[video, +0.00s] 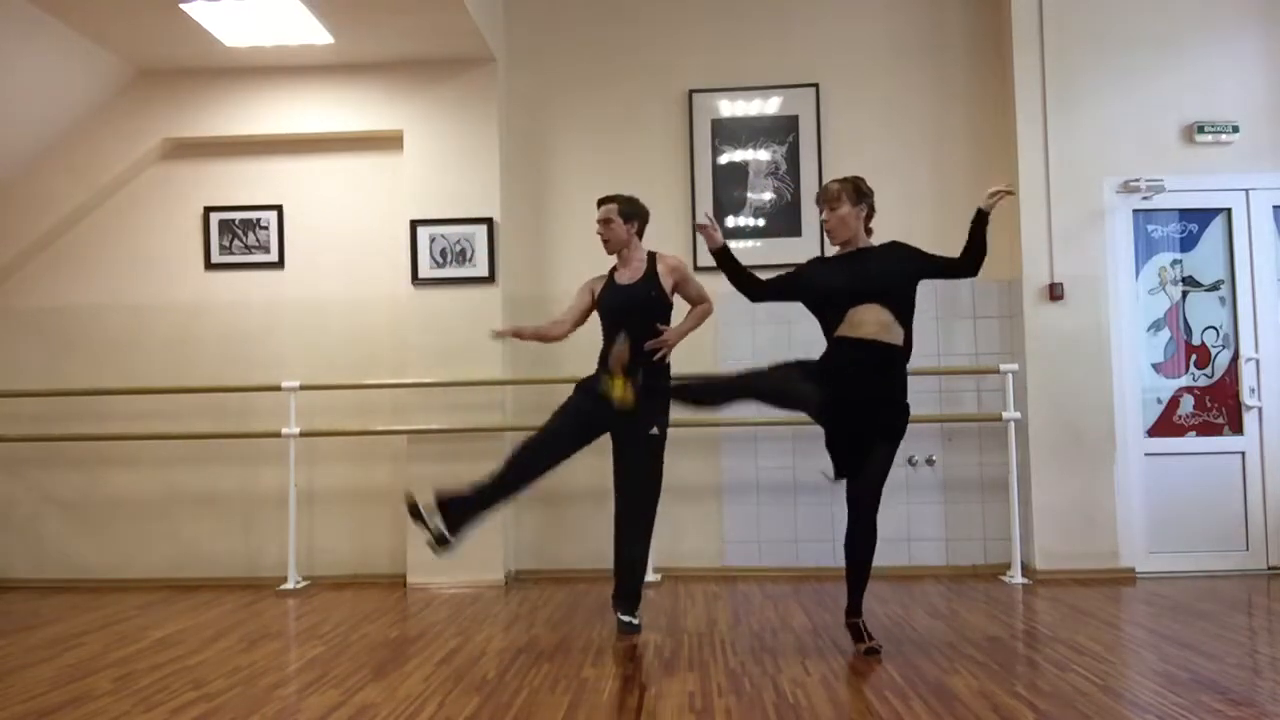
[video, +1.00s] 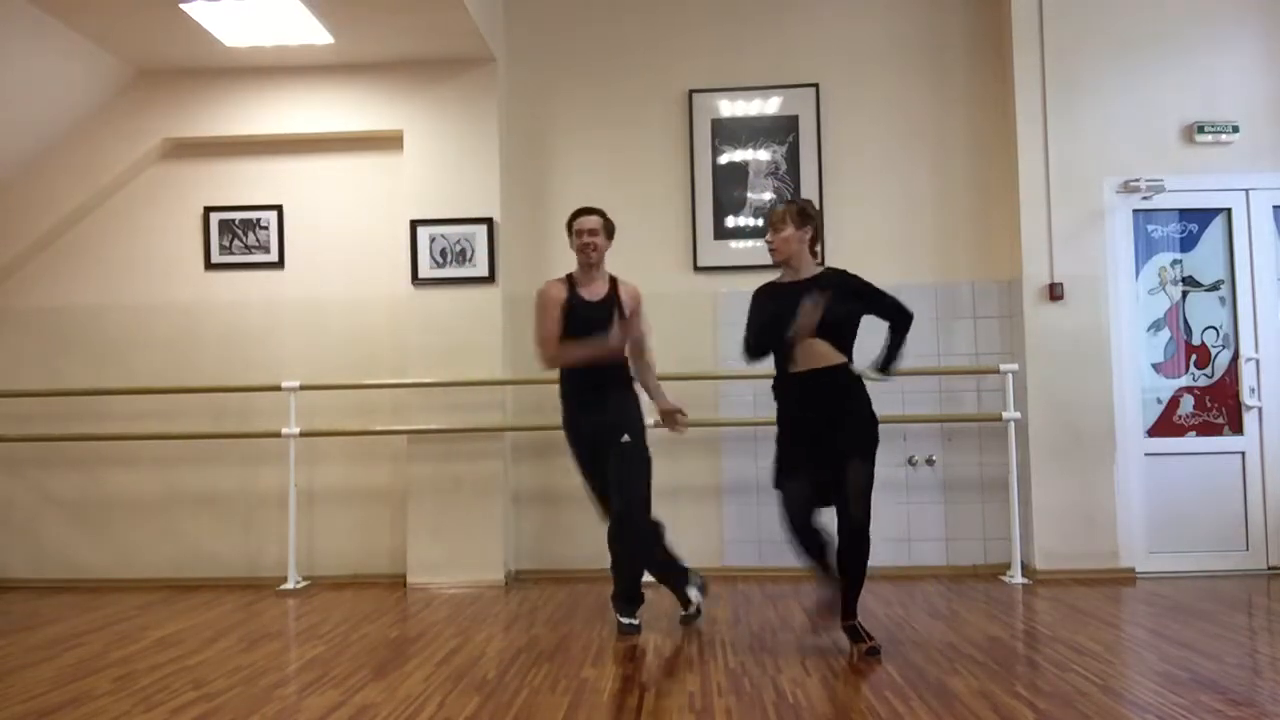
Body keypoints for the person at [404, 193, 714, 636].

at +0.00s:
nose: (600, 230)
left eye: (608, 223)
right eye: (599, 224)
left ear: (634, 227)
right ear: (609, 230)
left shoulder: (668, 268)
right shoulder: (598, 286)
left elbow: (704, 304)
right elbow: (562, 327)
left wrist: (678, 333)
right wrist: (519, 332)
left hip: (646, 400)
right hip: (599, 392)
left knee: (637, 506)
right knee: (533, 457)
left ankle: (627, 604)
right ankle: (451, 521)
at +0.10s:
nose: (600, 231)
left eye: (608, 224)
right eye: (598, 224)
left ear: (634, 227)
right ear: (609, 231)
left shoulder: (668, 268)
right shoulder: (596, 287)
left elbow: (699, 308)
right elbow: (580, 335)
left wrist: (677, 339)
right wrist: (562, 340)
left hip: (647, 393)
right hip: (603, 390)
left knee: (639, 502)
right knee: (556, 479)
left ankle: (628, 603)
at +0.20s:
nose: (609, 228)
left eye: (616, 220)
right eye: (604, 223)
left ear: (637, 226)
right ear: (600, 232)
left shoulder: (666, 272)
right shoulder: (591, 286)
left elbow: (690, 312)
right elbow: (597, 341)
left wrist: (675, 347)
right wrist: (651, 341)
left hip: (644, 402)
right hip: (598, 400)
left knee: (641, 504)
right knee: (570, 490)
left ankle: (629, 603)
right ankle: (606, 571)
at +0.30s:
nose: (616, 227)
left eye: (623, 220)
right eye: (609, 221)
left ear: (638, 227)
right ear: (600, 231)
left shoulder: (663, 273)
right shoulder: (589, 284)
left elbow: (686, 314)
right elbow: (597, 338)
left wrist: (672, 349)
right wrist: (655, 331)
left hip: (645, 398)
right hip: (600, 397)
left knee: (641, 507)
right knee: (579, 491)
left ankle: (628, 604)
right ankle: (642, 517)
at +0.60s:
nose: (615, 231)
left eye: (622, 224)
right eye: (608, 225)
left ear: (635, 231)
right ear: (597, 234)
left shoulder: (652, 278)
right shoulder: (581, 283)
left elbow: (672, 315)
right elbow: (597, 329)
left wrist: (667, 352)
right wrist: (644, 297)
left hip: (649, 402)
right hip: (606, 404)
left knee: (643, 506)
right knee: (613, 501)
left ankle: (627, 604)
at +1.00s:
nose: (587, 241)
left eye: (595, 234)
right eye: (580, 235)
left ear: (609, 241)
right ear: (571, 242)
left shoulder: (626, 295)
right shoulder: (553, 293)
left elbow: (640, 356)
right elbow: (549, 355)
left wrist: (661, 402)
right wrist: (608, 345)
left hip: (623, 411)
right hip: (581, 417)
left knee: (630, 510)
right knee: (621, 512)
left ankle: (626, 604)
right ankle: (683, 583)